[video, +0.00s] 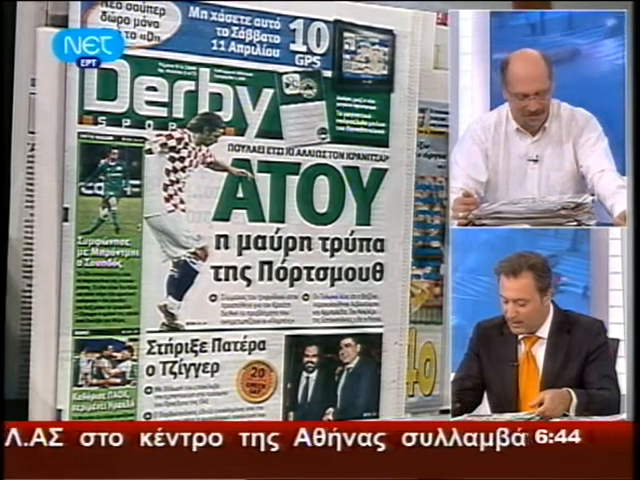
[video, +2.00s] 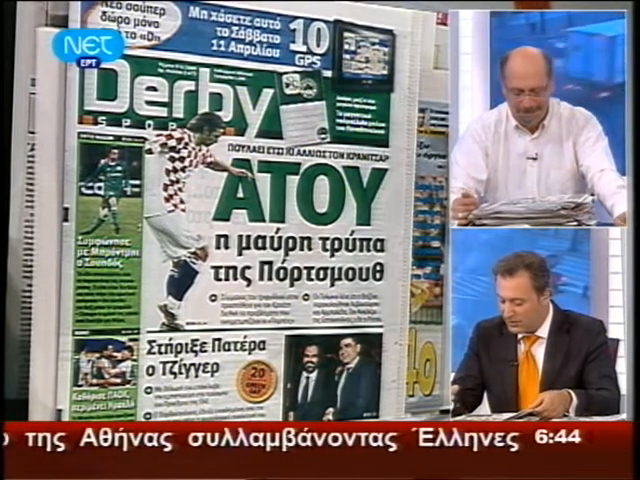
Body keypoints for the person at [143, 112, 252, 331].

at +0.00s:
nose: (215, 141)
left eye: (217, 137)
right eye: (215, 136)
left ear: (207, 132)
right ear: (205, 130)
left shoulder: (199, 150)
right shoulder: (179, 137)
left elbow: (212, 162)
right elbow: (149, 145)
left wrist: (232, 170)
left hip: (165, 209)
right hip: (161, 208)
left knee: (180, 262)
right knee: (200, 251)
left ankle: (170, 317)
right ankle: (172, 304)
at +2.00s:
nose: (215, 141)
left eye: (217, 137)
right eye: (215, 136)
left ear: (207, 132)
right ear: (205, 130)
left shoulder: (199, 150)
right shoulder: (179, 137)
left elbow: (212, 162)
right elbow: (149, 145)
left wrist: (232, 170)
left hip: (166, 209)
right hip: (161, 208)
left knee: (180, 262)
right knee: (200, 251)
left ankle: (171, 317)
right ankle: (172, 304)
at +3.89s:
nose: (215, 141)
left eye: (217, 138)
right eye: (215, 136)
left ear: (207, 132)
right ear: (205, 130)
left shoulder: (199, 150)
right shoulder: (179, 137)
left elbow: (212, 162)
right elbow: (149, 145)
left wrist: (232, 170)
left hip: (166, 209)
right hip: (161, 208)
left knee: (180, 262)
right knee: (200, 251)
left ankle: (171, 317)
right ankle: (172, 304)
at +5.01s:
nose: (215, 141)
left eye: (217, 137)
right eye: (215, 135)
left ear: (206, 132)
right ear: (205, 130)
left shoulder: (199, 150)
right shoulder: (178, 137)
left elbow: (212, 162)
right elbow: (147, 146)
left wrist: (231, 170)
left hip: (167, 209)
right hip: (160, 208)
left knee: (180, 262)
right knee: (200, 251)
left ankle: (171, 317)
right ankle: (172, 303)